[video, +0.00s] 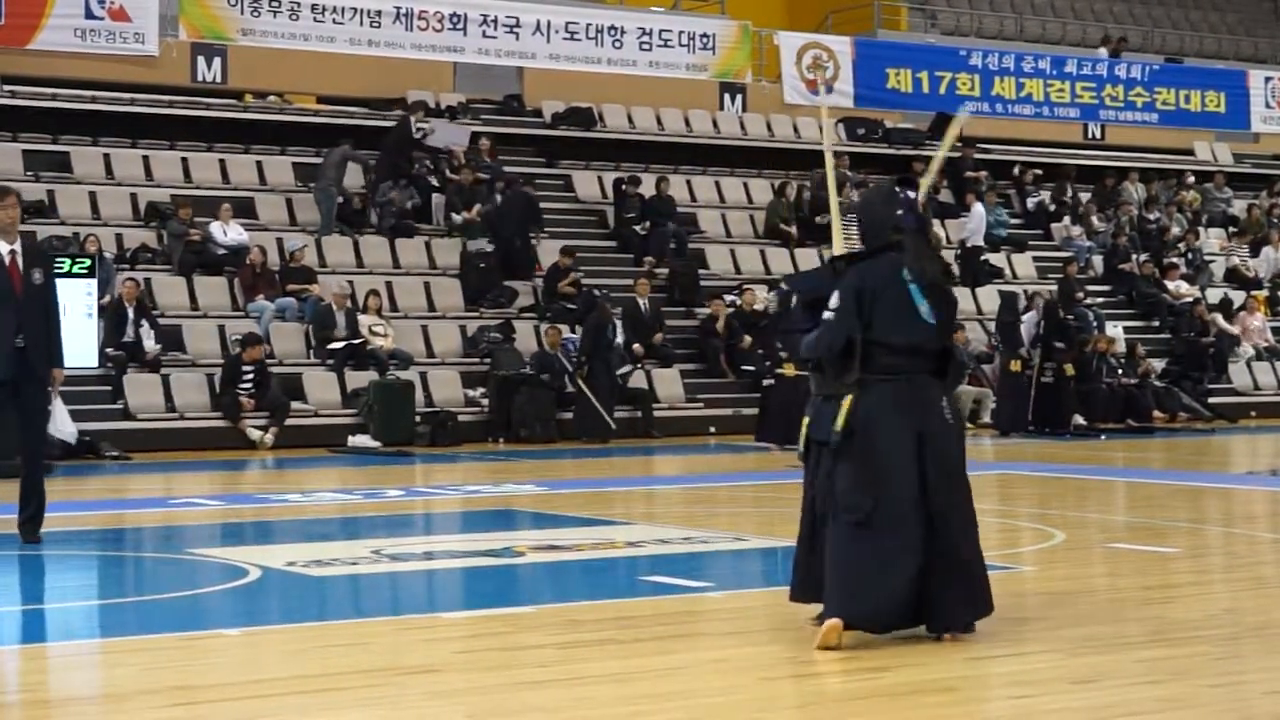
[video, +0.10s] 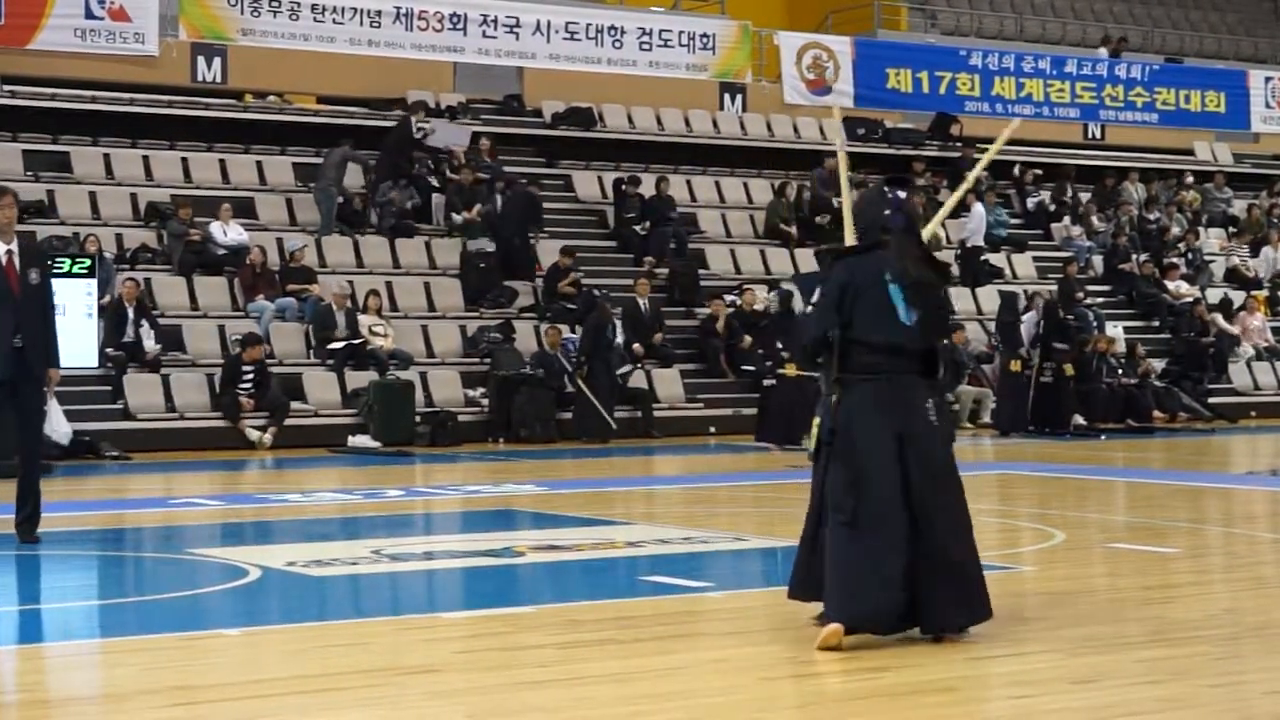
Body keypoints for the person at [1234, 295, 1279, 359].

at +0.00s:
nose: (1251, 305)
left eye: (1253, 303)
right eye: (1249, 303)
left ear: (1257, 304)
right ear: (1246, 305)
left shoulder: (1261, 316)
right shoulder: (1242, 315)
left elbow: (1266, 331)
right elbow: (1237, 329)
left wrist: (1272, 342)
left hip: (1261, 342)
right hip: (1248, 342)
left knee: (1276, 350)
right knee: (1260, 352)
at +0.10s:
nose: (1251, 305)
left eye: (1253, 303)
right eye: (1248, 303)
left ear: (1257, 304)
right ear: (1246, 305)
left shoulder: (1261, 316)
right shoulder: (1242, 315)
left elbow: (1266, 331)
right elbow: (1238, 329)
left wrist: (1272, 342)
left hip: (1261, 342)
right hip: (1248, 342)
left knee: (1276, 350)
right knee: (1260, 352)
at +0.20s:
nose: (1251, 305)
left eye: (1252, 302)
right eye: (1248, 303)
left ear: (1255, 303)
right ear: (1245, 305)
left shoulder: (1259, 315)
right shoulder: (1241, 315)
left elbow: (1266, 330)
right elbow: (1238, 331)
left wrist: (1273, 343)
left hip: (1262, 342)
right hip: (1249, 343)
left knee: (1276, 351)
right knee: (1260, 352)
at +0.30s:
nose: (1250, 305)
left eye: (1251, 302)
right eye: (1247, 303)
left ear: (1255, 304)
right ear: (1244, 305)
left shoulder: (1258, 315)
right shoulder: (1240, 316)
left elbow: (1266, 329)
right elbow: (1238, 332)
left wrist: (1272, 342)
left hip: (1262, 341)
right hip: (1249, 343)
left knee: (1276, 351)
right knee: (1260, 352)